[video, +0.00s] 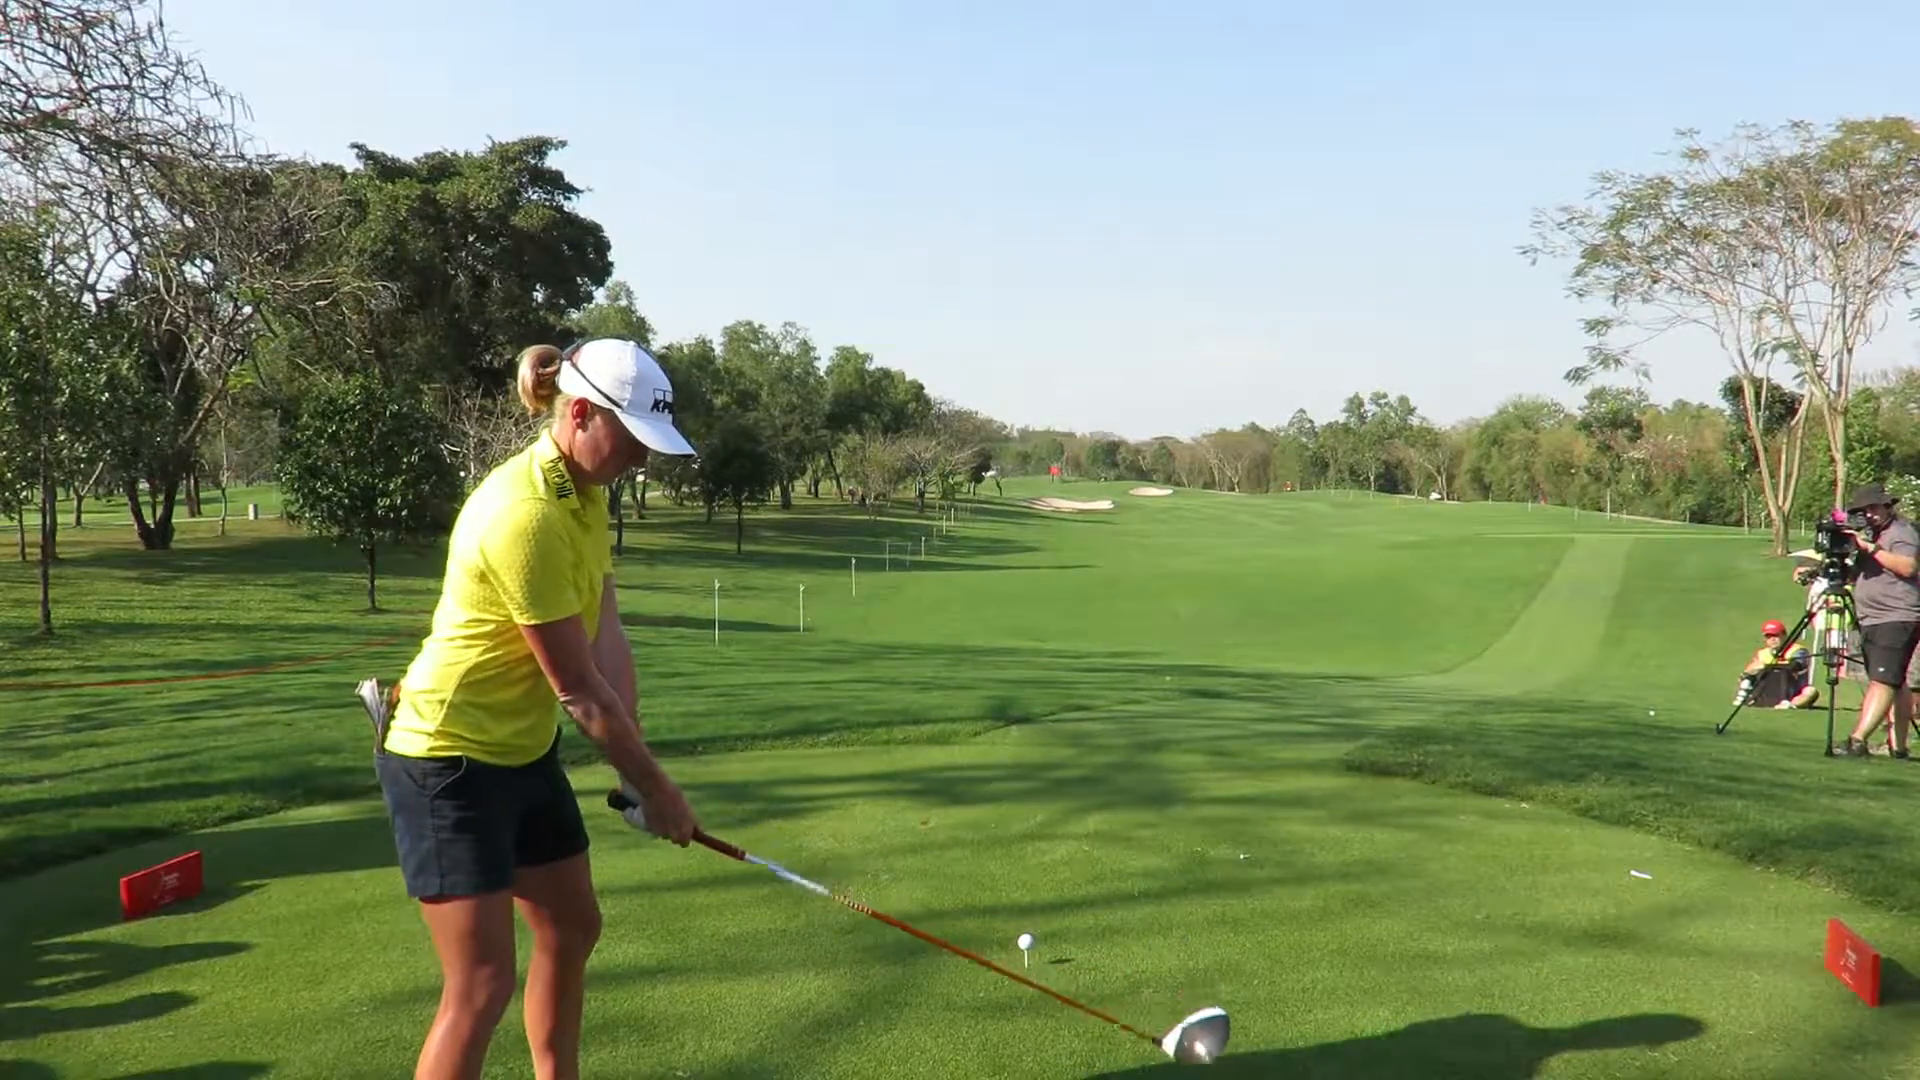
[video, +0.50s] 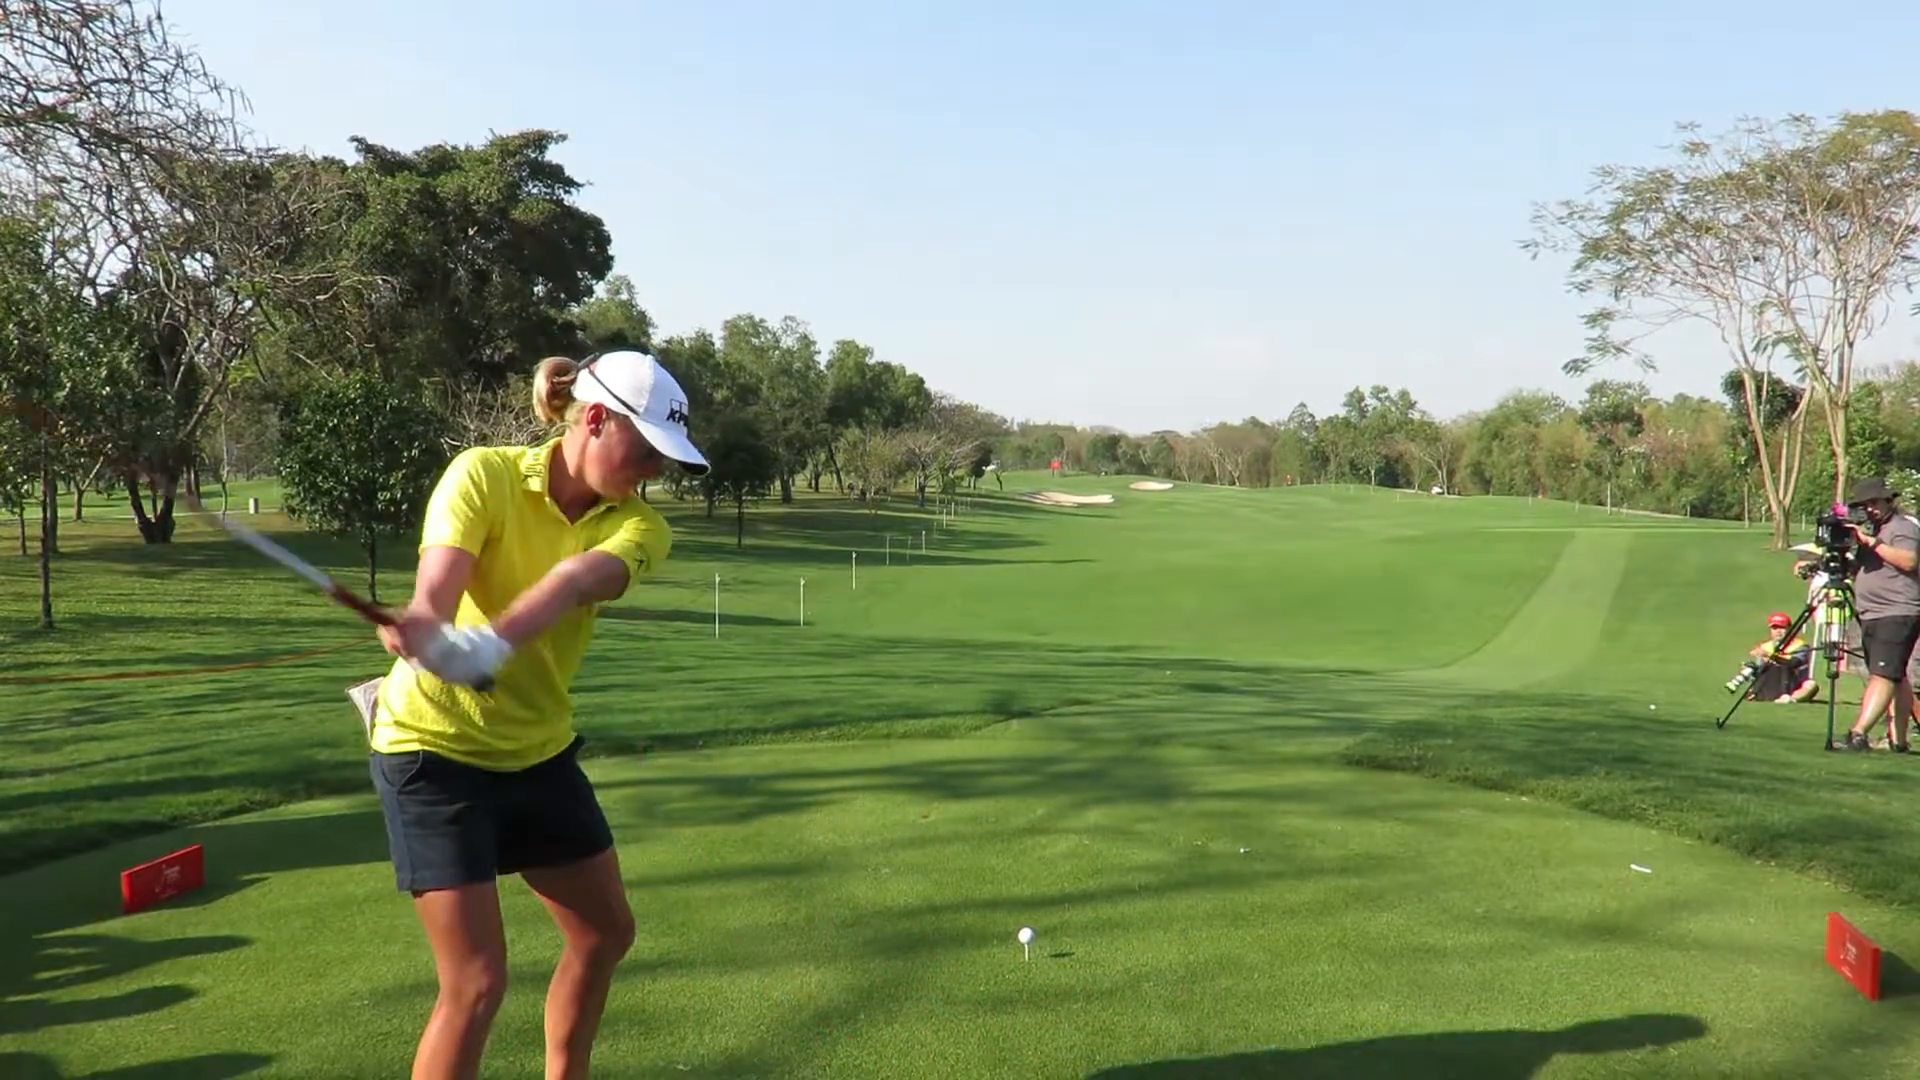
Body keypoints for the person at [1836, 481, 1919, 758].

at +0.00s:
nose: (1867, 517)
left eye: (1871, 510)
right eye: (1863, 513)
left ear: (1886, 508)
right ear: (1863, 514)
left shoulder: (1902, 532)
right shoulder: (1873, 536)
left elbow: (1908, 567)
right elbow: (1857, 574)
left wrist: (1871, 549)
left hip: (1898, 618)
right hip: (1873, 618)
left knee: (1883, 679)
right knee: (1891, 684)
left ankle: (1858, 738)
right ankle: (1898, 745)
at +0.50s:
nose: (1869, 511)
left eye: (1873, 504)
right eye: (1865, 507)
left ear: (1888, 502)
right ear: (1863, 508)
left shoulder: (1903, 527)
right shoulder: (1873, 531)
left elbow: (1909, 562)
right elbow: (1859, 568)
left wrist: (1873, 544)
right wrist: (1844, 548)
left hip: (1898, 612)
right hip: (1873, 613)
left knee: (1883, 673)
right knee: (1893, 678)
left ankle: (1858, 732)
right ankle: (1898, 739)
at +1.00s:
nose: (1869, 504)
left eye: (1873, 498)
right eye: (1865, 500)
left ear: (1888, 495)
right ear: (1863, 501)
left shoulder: (1902, 520)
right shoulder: (1873, 526)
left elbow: (1909, 554)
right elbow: (1857, 561)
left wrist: (1871, 536)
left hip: (1897, 606)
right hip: (1874, 607)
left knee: (1883, 667)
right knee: (1889, 670)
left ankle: (1858, 726)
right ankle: (1898, 732)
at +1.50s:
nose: (1867, 506)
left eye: (1871, 499)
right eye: (1863, 501)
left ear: (1885, 496)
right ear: (1864, 502)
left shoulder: (1901, 519)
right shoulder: (1874, 523)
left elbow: (1908, 555)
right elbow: (1866, 562)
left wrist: (1872, 537)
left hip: (1897, 605)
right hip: (1874, 606)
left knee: (1883, 667)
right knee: (1892, 671)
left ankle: (1857, 726)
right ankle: (1898, 731)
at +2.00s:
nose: (1868, 506)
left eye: (1873, 499)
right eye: (1865, 501)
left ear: (1887, 496)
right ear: (1863, 502)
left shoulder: (1902, 520)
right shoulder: (1875, 525)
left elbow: (1909, 556)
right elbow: (1865, 566)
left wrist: (1872, 538)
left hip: (1898, 607)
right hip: (1874, 608)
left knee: (1884, 667)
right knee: (1891, 670)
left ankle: (1858, 727)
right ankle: (1898, 733)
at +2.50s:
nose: (1869, 508)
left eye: (1872, 501)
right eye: (1864, 504)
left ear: (1886, 497)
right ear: (1863, 506)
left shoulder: (1902, 521)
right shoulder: (1873, 525)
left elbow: (1909, 556)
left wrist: (1872, 538)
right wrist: (1845, 535)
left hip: (1898, 607)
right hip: (1873, 608)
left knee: (1883, 668)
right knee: (1892, 672)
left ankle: (1858, 728)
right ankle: (1898, 734)